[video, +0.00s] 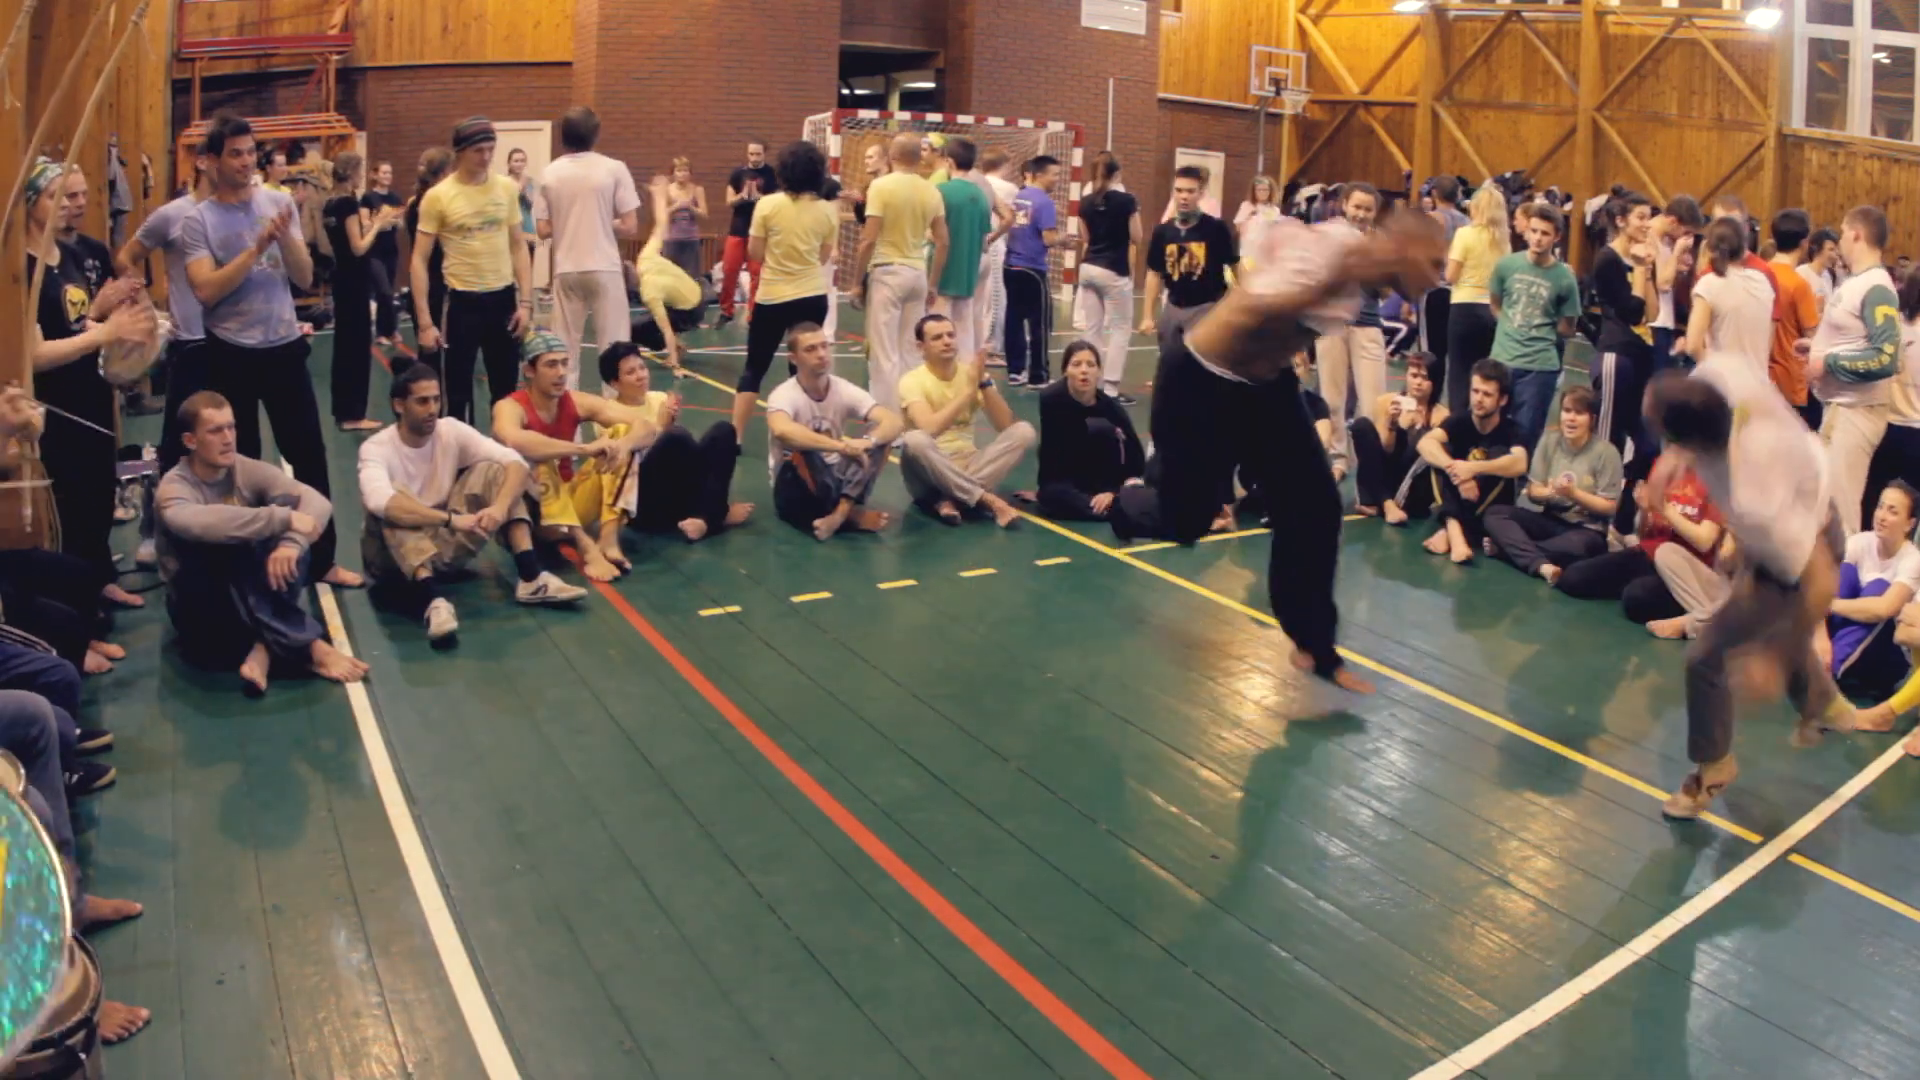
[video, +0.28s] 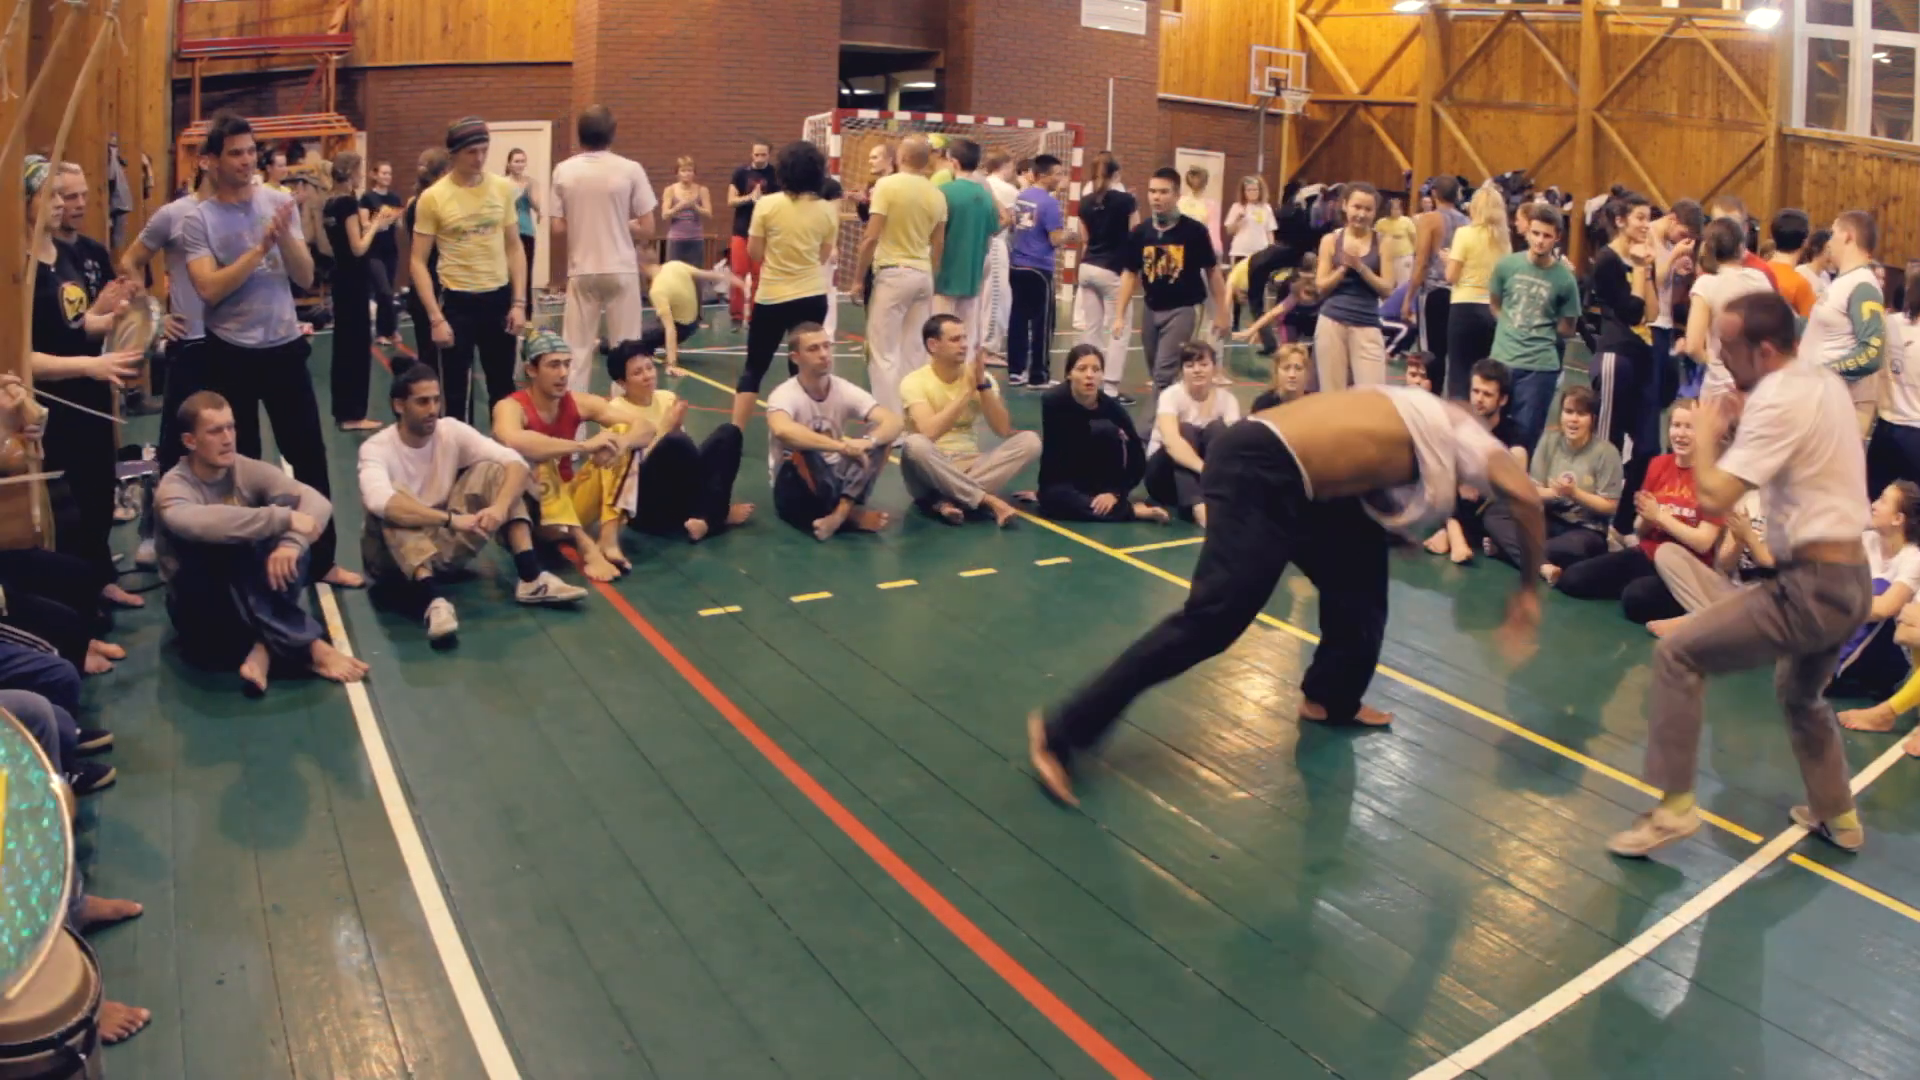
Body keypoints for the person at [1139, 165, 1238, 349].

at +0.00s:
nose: (1183, 197)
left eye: (1190, 191)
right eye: (1179, 191)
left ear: (1201, 194)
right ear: (1173, 193)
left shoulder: (1217, 229)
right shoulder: (1162, 232)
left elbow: (1236, 267)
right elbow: (1153, 274)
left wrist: (1246, 302)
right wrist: (1147, 316)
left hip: (1207, 310)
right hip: (1172, 309)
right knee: (1169, 370)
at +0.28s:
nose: (1157, 198)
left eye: (1163, 192)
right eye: (1153, 192)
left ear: (1177, 195)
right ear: (1147, 194)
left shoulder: (1195, 231)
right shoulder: (1140, 233)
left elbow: (1212, 271)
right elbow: (1130, 273)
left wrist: (1222, 313)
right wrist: (1119, 315)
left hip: (1182, 311)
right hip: (1151, 311)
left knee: (1163, 374)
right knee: (1158, 373)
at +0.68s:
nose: (1145, 198)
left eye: (1153, 194)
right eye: (1142, 192)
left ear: (1167, 200)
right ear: (1136, 192)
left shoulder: (1173, 237)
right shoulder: (1124, 221)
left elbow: (1177, 282)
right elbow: (1111, 261)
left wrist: (1157, 317)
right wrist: (1098, 299)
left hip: (1149, 314)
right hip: (1119, 307)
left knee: (1139, 375)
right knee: (1106, 360)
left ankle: (1136, 429)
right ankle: (1121, 411)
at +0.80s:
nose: (1139, 197)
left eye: (1147, 193)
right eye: (1136, 191)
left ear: (1161, 198)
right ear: (1130, 191)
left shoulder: (1167, 236)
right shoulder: (1115, 221)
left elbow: (1170, 280)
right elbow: (1104, 261)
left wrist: (1146, 310)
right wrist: (1089, 300)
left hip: (1145, 313)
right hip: (1110, 306)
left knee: (1136, 378)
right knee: (1098, 370)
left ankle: (1133, 435)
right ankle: (1098, 426)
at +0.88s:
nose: (1133, 198)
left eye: (1141, 193)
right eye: (1130, 191)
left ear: (1154, 197)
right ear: (1124, 192)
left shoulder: (1163, 236)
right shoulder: (1107, 223)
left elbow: (1168, 281)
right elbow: (1098, 264)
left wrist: (1143, 314)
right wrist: (1083, 304)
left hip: (1141, 316)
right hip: (1107, 310)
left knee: (1135, 383)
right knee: (1096, 375)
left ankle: (1133, 436)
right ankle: (1091, 431)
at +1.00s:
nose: (1120, 199)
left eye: (1128, 194)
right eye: (1116, 193)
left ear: (1141, 198)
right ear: (1110, 194)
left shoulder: (1152, 237)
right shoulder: (1097, 227)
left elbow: (1161, 282)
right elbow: (1084, 266)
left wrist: (1149, 325)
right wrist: (1077, 309)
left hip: (1136, 316)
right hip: (1100, 312)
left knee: (1135, 384)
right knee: (1089, 376)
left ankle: (1133, 437)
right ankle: (1082, 433)